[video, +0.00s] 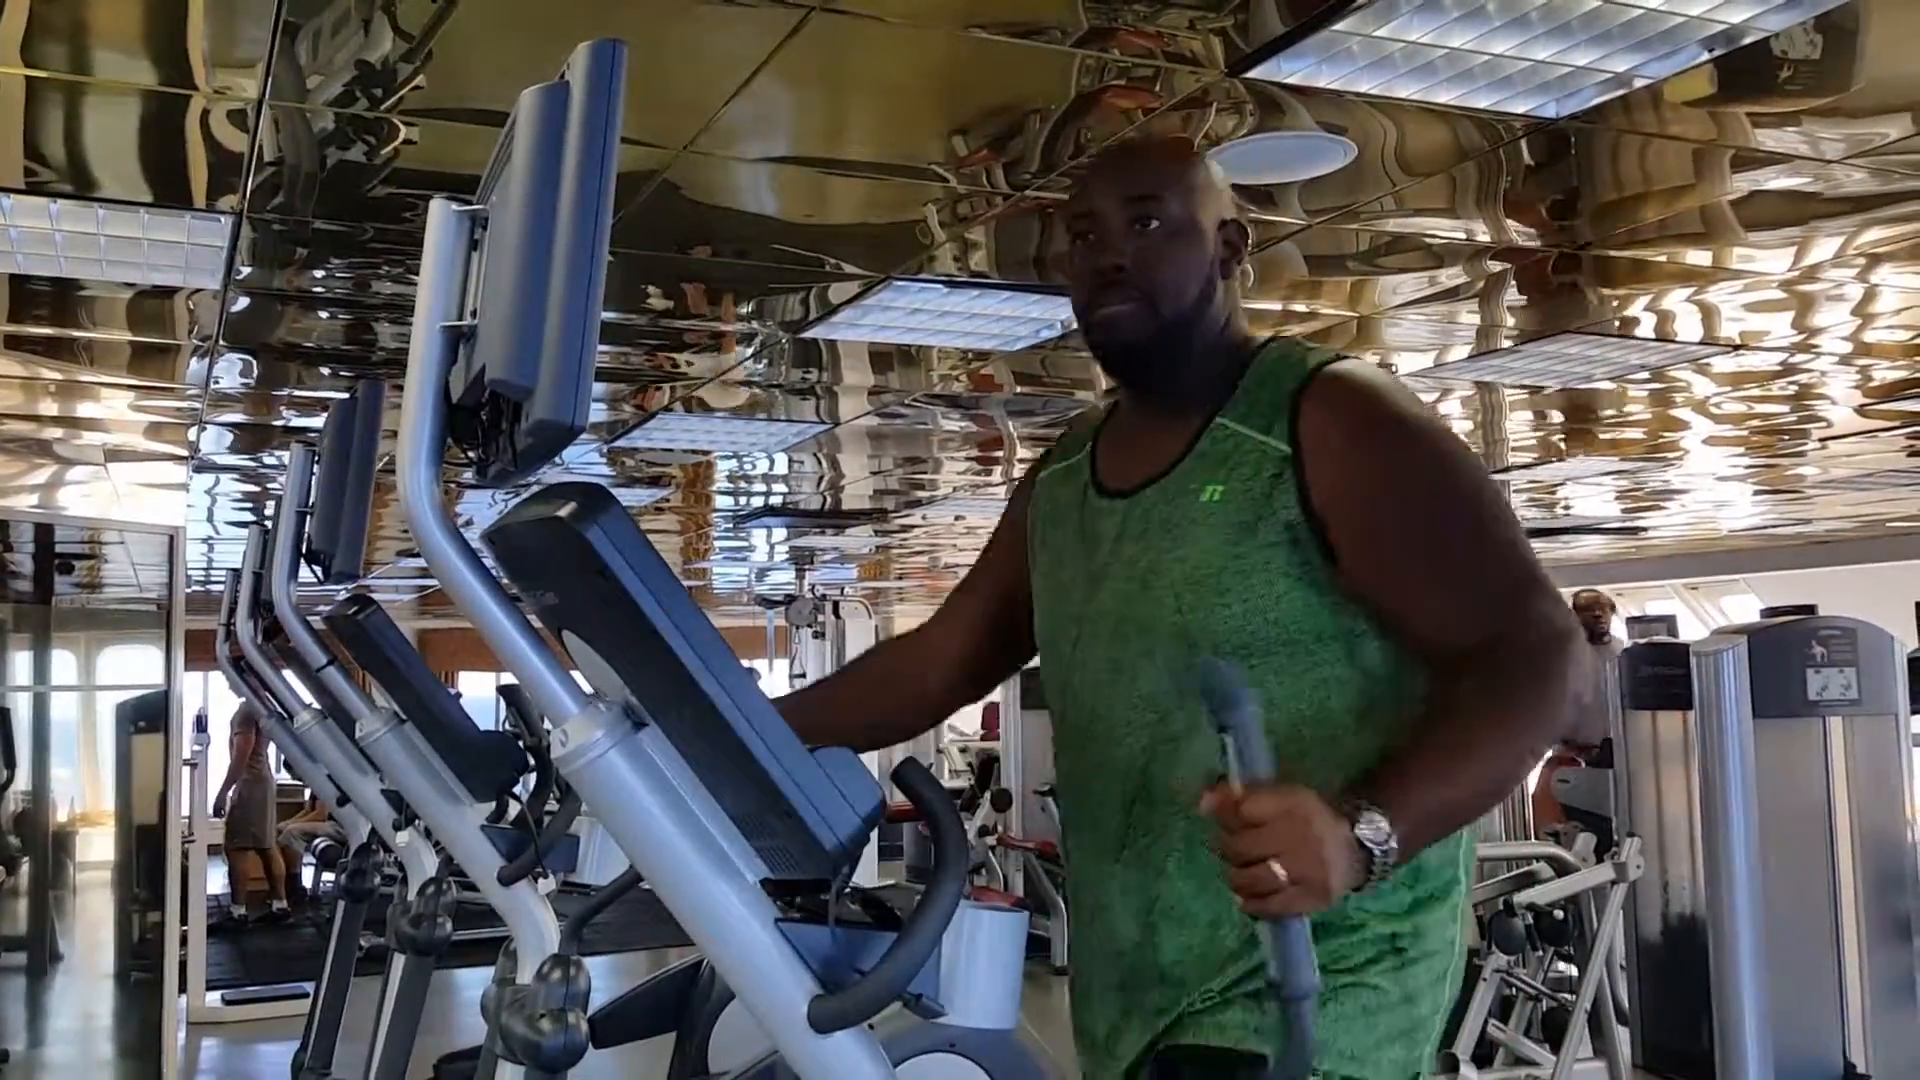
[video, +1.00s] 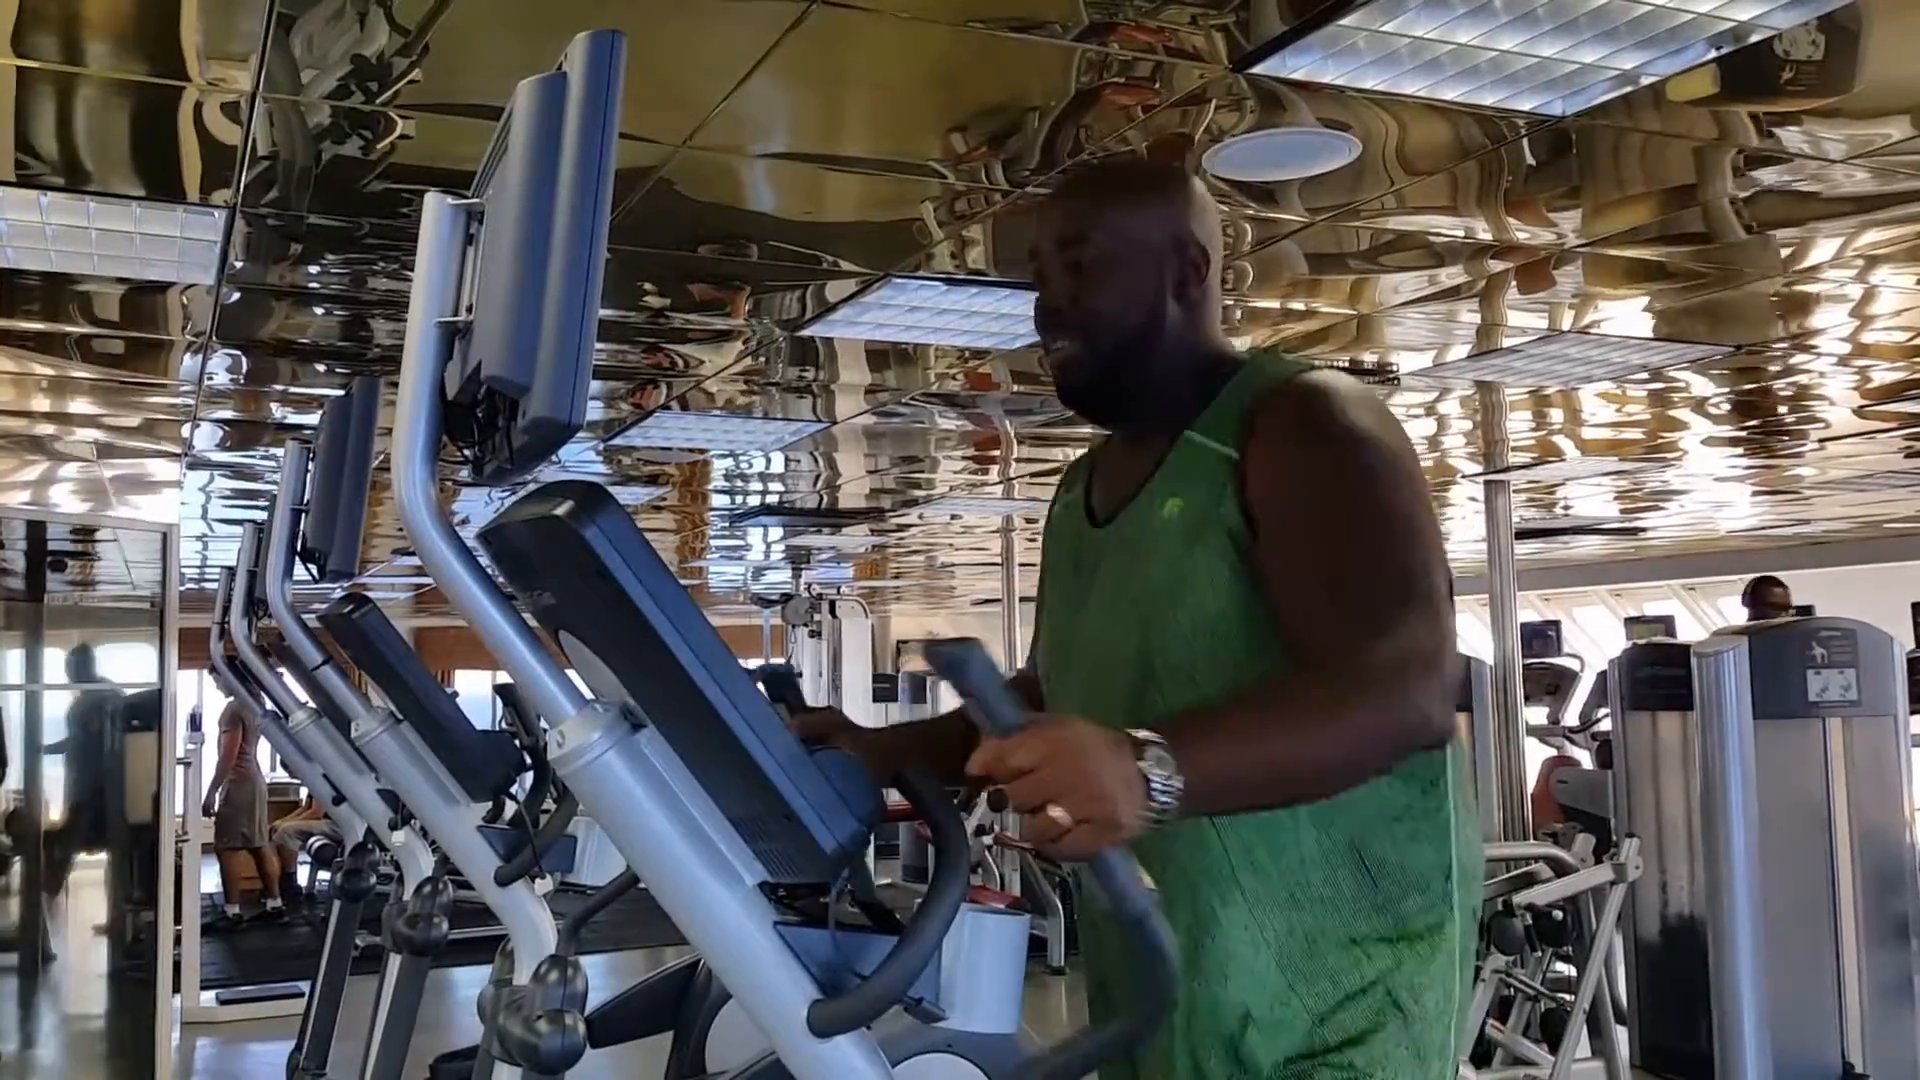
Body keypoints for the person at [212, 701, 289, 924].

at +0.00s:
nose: (225, 675)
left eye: (229, 671)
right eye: (226, 671)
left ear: (241, 676)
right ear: (254, 677)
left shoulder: (246, 711)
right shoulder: (263, 707)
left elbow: (241, 757)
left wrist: (222, 793)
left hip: (250, 784)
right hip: (265, 782)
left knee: (235, 847)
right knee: (268, 846)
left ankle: (238, 909)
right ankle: (280, 904)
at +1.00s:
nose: (214, 683)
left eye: (216, 677)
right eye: (213, 678)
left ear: (229, 676)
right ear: (236, 676)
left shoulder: (234, 709)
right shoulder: (254, 705)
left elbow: (228, 758)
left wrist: (211, 793)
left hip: (238, 783)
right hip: (256, 781)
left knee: (226, 847)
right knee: (260, 844)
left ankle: (232, 909)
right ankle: (275, 903)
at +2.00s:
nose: (209, 680)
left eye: (211, 671)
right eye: (207, 673)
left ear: (227, 673)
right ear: (235, 675)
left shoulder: (233, 705)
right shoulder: (248, 702)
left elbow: (229, 752)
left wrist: (212, 786)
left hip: (237, 780)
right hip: (253, 777)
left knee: (225, 844)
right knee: (258, 842)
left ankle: (228, 907)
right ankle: (270, 902)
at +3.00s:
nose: (208, 686)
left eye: (210, 680)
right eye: (207, 681)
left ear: (223, 679)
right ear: (229, 681)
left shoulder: (228, 712)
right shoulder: (244, 708)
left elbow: (223, 761)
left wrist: (207, 795)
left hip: (230, 787)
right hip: (247, 784)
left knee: (222, 851)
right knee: (254, 847)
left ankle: (228, 912)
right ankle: (270, 907)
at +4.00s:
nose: (206, 684)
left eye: (208, 675)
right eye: (204, 677)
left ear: (224, 678)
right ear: (232, 679)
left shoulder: (231, 712)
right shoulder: (247, 709)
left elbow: (224, 761)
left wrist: (209, 795)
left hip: (233, 786)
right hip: (250, 784)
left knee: (220, 850)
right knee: (254, 847)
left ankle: (226, 912)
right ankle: (269, 907)